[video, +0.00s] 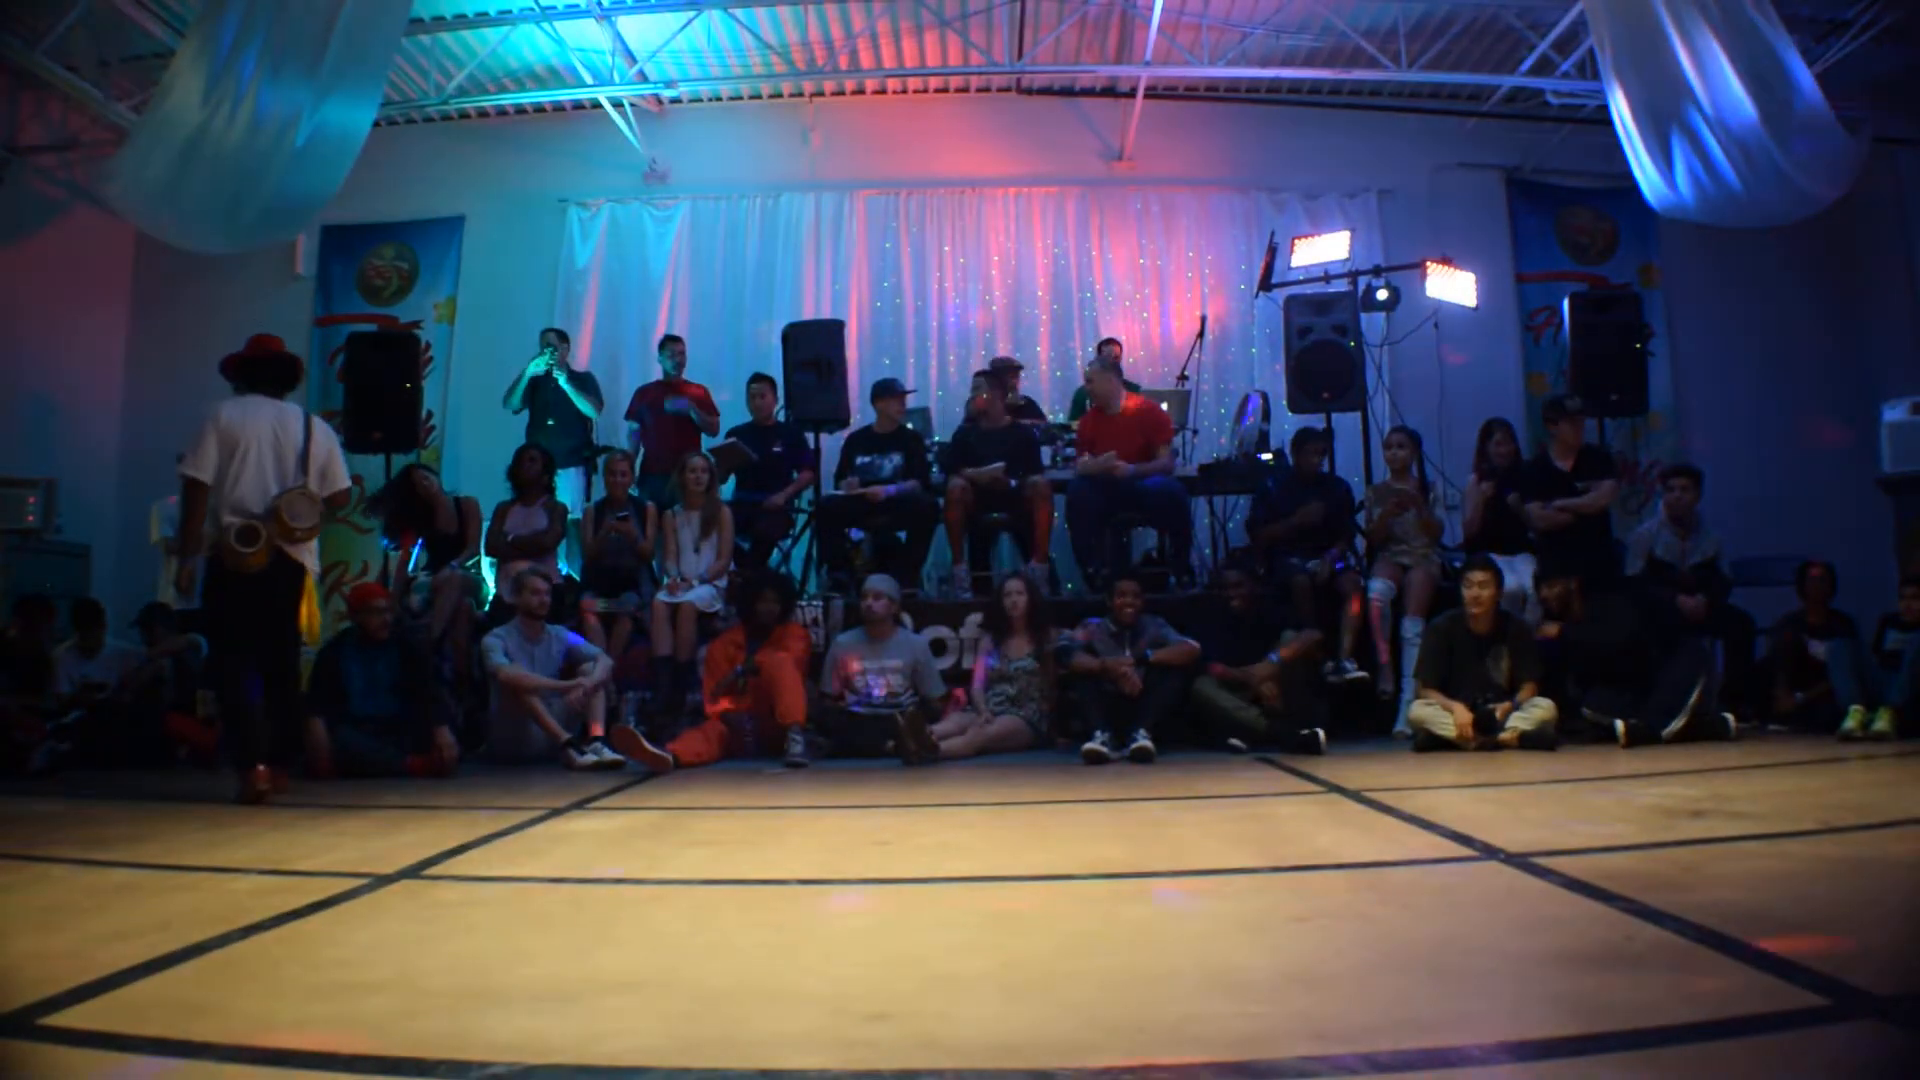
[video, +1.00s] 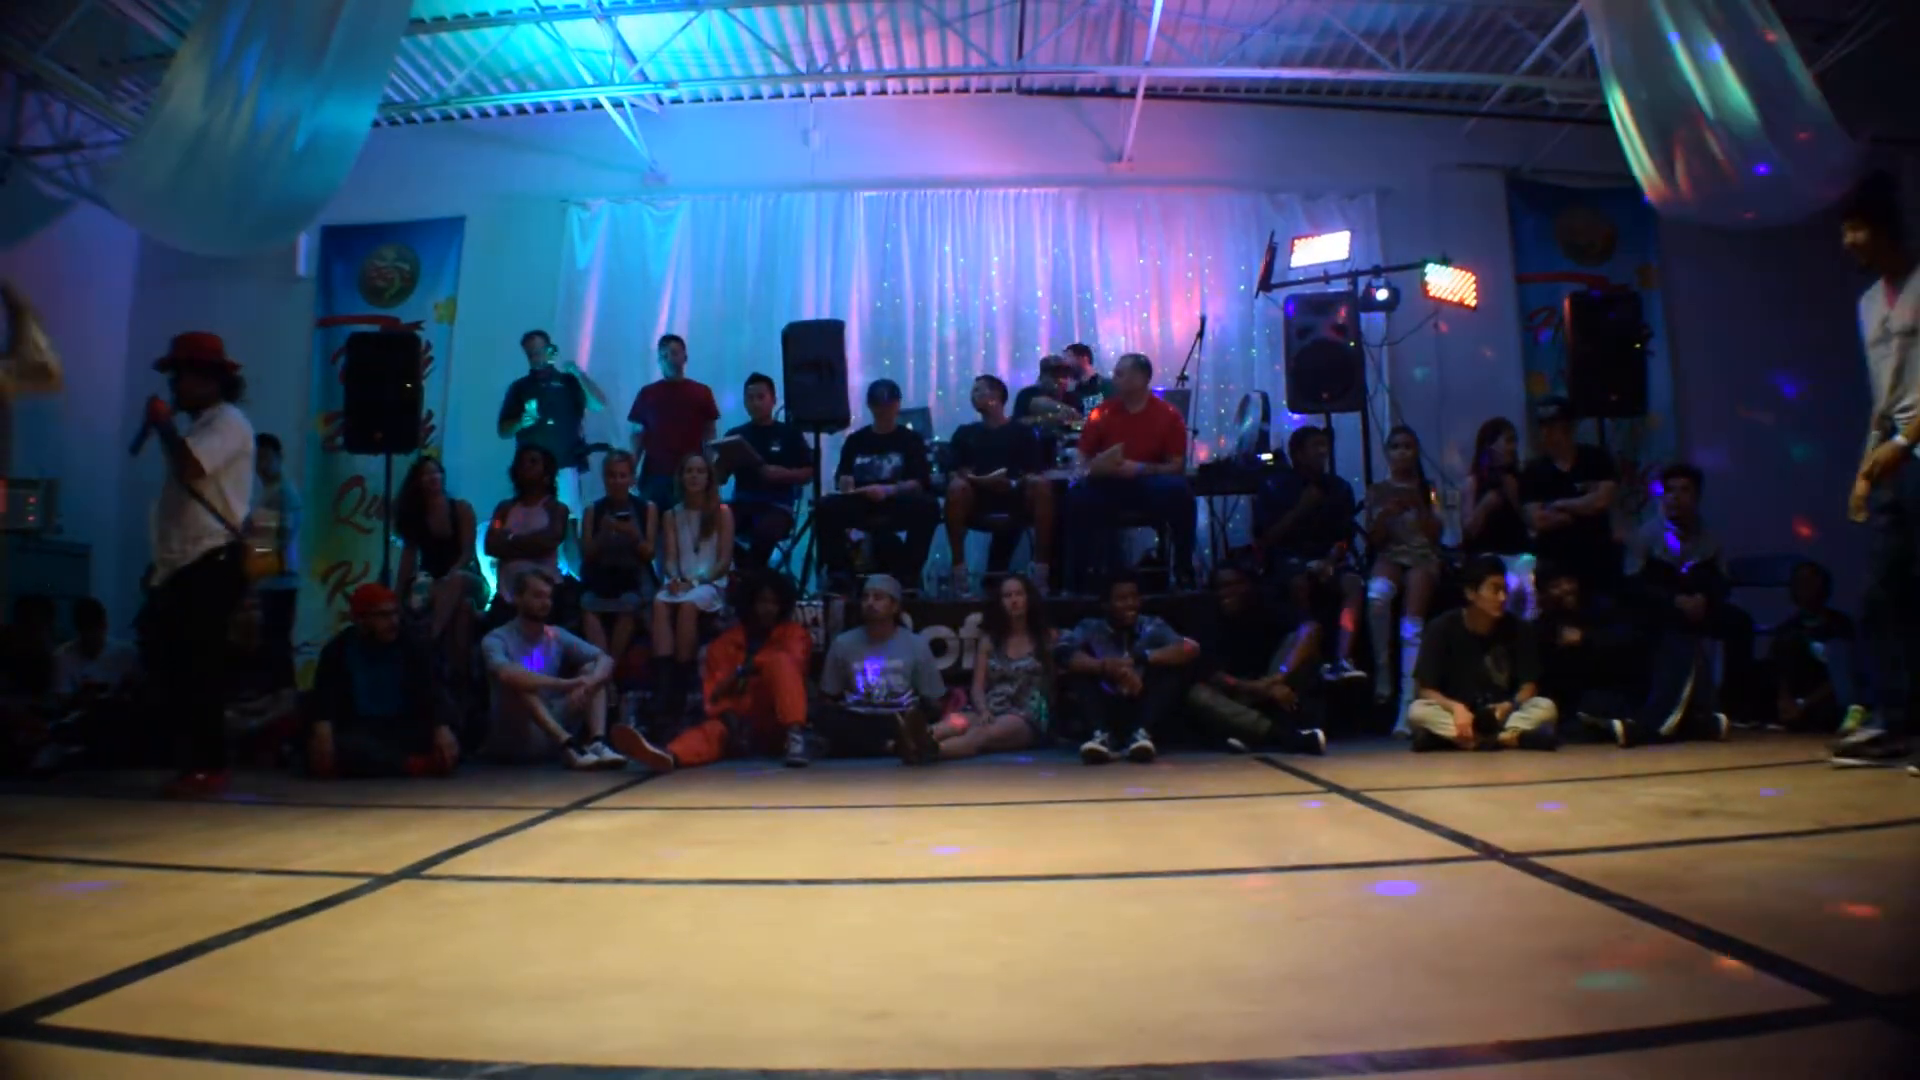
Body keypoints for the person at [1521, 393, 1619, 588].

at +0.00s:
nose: (1578, 429)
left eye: (1579, 422)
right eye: (1571, 423)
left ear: (1584, 423)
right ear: (1552, 427)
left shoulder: (1598, 458)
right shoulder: (1534, 469)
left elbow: (1606, 497)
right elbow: (1537, 519)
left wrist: (1558, 505)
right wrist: (1584, 507)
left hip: (1599, 561)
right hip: (1556, 567)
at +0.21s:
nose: (1579, 431)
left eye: (1580, 424)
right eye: (1572, 425)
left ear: (1584, 424)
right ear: (1553, 429)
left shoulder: (1599, 458)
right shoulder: (1535, 469)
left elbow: (1604, 500)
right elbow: (1538, 521)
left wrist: (1558, 505)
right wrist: (1585, 507)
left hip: (1599, 562)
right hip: (1556, 567)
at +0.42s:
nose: (1579, 432)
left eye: (1580, 425)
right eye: (1571, 427)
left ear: (1585, 425)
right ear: (1553, 429)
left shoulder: (1600, 457)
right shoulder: (1535, 469)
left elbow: (1607, 500)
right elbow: (1538, 521)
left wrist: (1559, 505)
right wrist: (1586, 507)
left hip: (1600, 562)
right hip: (1557, 567)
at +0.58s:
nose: (1577, 432)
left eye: (1579, 424)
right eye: (1570, 426)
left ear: (1583, 425)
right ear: (1552, 429)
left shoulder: (1599, 458)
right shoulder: (1534, 469)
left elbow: (1605, 501)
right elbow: (1537, 521)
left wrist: (1558, 505)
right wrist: (1584, 509)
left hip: (1599, 560)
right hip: (1556, 565)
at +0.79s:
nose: (1570, 434)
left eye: (1573, 426)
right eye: (1563, 427)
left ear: (1579, 427)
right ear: (1548, 430)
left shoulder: (1596, 459)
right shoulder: (1531, 470)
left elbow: (1600, 501)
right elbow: (1534, 520)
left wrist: (1554, 506)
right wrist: (1581, 508)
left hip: (1595, 560)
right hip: (1551, 565)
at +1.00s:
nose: (1551, 437)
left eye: (1557, 429)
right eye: (1546, 430)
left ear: (1569, 429)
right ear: (1540, 433)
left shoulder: (1596, 458)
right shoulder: (1534, 470)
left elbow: (1603, 500)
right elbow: (1537, 520)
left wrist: (1557, 505)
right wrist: (1585, 506)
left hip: (1597, 556)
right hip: (1554, 561)